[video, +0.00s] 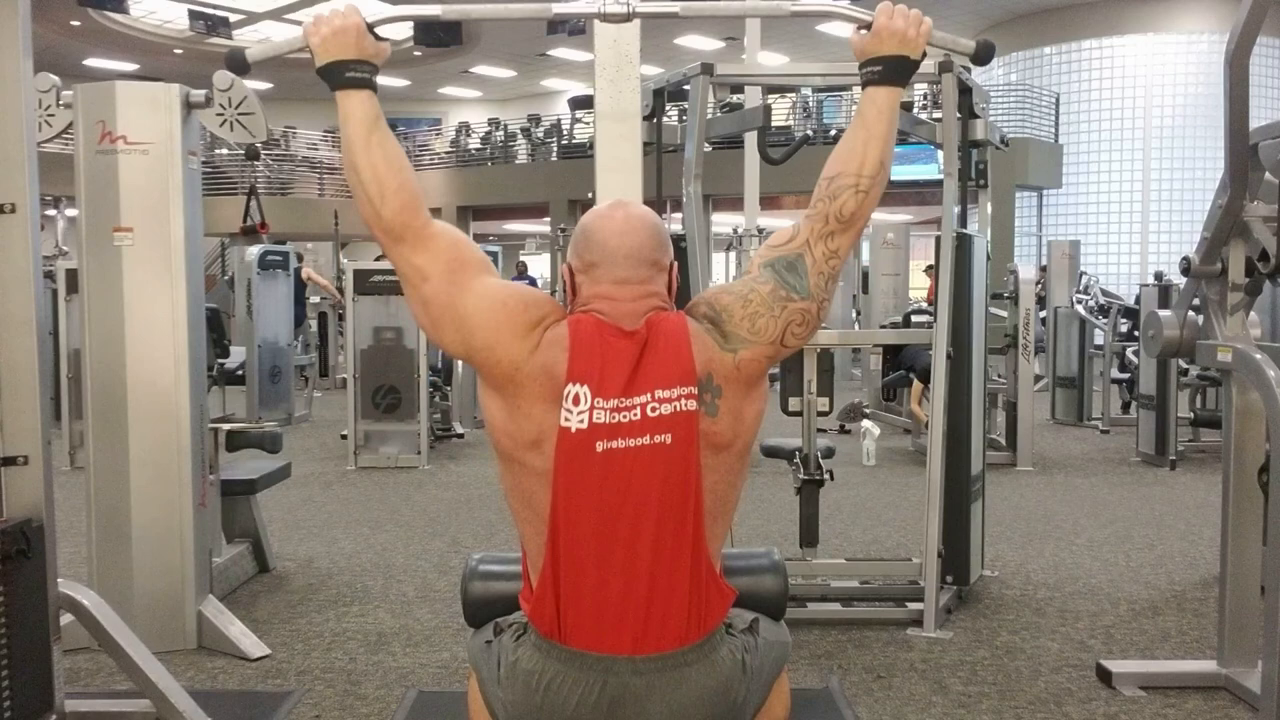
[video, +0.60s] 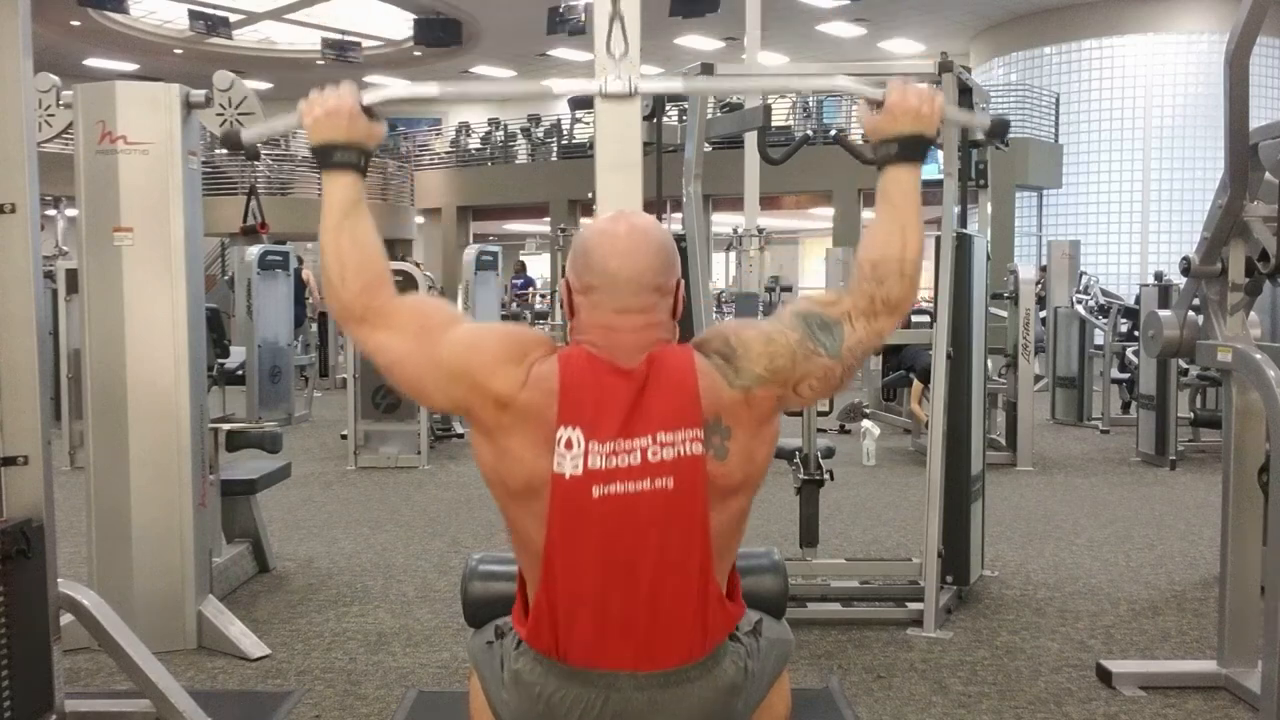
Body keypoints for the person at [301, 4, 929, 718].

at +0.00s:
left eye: (569, 265)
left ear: (570, 283)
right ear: (673, 281)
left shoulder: (514, 340)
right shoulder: (733, 343)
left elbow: (402, 224)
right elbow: (836, 218)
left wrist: (349, 75)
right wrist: (887, 75)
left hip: (554, 680)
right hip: (696, 681)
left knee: (488, 668)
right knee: (767, 645)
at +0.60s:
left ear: (569, 299)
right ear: (676, 300)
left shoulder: (503, 377)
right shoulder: (748, 375)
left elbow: (363, 308)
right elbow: (880, 304)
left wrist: (339, 162)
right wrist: (903, 156)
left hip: (552, 684)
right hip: (703, 683)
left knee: (490, 660)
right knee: (768, 651)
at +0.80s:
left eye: (569, 315)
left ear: (565, 339)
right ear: (679, 342)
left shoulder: (497, 438)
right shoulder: (751, 437)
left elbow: (343, 412)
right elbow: (896, 410)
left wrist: (330, 264)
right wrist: (912, 261)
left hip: (546, 696)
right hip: (702, 694)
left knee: (489, 656)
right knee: (770, 651)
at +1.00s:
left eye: (567, 355)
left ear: (564, 378)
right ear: (686, 378)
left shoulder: (492, 495)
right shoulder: (754, 491)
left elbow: (339, 521)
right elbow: (898, 516)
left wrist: (326, 373)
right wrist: (911, 370)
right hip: (709, 699)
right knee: (770, 644)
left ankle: (484, 708)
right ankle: (784, 710)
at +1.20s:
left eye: (567, 383)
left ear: (566, 407)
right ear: (690, 414)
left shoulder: (487, 534)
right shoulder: (762, 534)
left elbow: (347, 606)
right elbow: (880, 608)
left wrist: (326, 459)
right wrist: (907, 461)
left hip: (532, 705)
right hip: (705, 705)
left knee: (480, 663)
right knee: (767, 637)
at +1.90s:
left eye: (567, 367)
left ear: (564, 389)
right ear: (686, 393)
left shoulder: (486, 508)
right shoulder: (757, 514)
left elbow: (345, 557)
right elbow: (899, 554)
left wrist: (328, 409)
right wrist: (912, 410)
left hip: (536, 706)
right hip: (710, 704)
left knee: (489, 636)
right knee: (769, 627)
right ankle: (779, 704)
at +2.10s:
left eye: (564, 353)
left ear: (561, 375)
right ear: (682, 377)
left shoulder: (488, 482)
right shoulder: (748, 486)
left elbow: (337, 493)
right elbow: (898, 479)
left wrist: (330, 345)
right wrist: (912, 337)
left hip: (545, 701)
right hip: (706, 699)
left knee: (472, 666)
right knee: (774, 646)